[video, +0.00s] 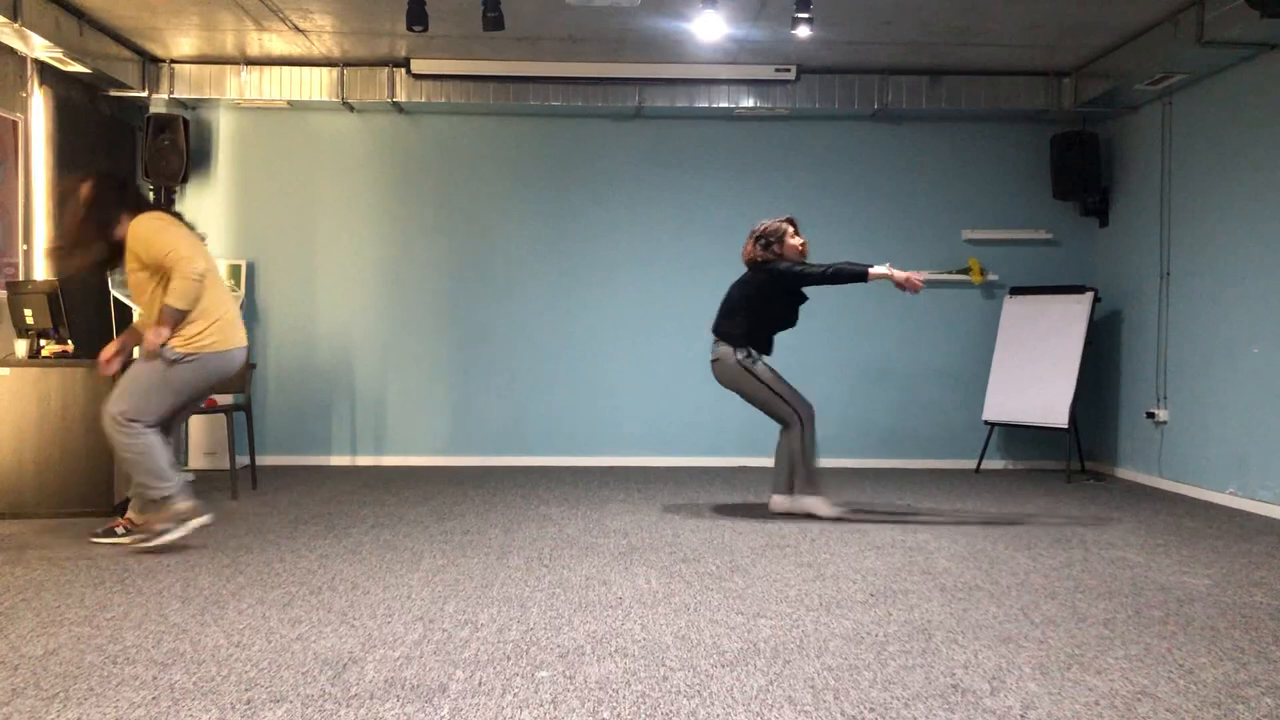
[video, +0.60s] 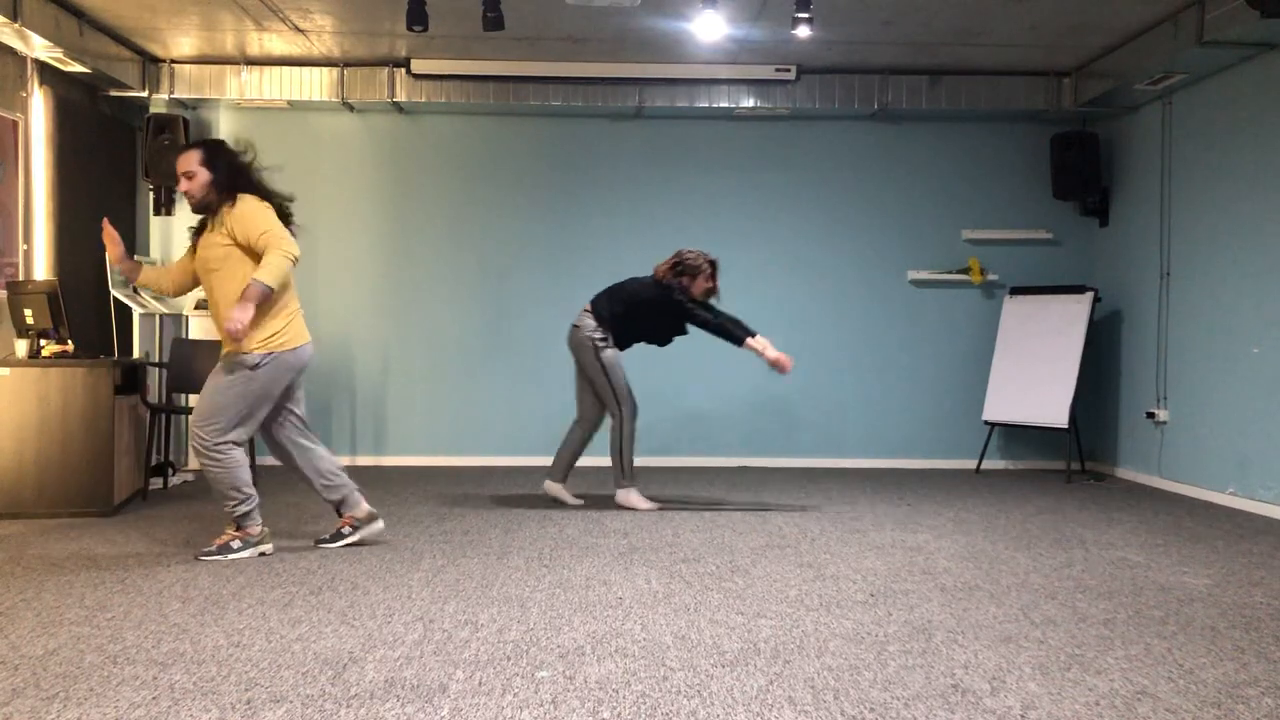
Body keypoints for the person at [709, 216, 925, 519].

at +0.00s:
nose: (802, 241)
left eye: (798, 235)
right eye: (794, 237)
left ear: (777, 247)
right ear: (776, 247)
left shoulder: (777, 271)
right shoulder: (774, 272)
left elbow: (830, 271)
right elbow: (828, 273)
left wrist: (889, 272)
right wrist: (888, 273)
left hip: (739, 357)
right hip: (733, 359)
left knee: (796, 416)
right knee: (798, 414)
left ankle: (784, 495)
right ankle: (806, 495)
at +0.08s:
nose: (796, 241)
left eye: (792, 235)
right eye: (788, 237)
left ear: (771, 248)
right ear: (769, 246)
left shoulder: (772, 270)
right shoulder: (765, 271)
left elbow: (825, 269)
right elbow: (821, 274)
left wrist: (880, 271)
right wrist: (881, 276)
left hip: (730, 352)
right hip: (718, 353)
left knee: (786, 408)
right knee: (781, 409)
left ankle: (781, 491)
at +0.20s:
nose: (778, 248)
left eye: (775, 242)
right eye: (771, 244)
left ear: (750, 251)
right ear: (753, 251)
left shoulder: (749, 272)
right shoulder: (744, 275)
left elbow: (800, 275)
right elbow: (799, 279)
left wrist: (855, 277)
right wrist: (860, 280)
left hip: (694, 346)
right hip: (685, 348)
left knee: (745, 404)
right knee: (737, 411)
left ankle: (715, 472)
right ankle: (725, 491)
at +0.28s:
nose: (769, 253)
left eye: (767, 247)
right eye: (762, 249)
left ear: (744, 254)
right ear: (743, 254)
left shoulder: (735, 273)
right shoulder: (733, 275)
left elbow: (789, 280)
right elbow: (787, 284)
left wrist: (845, 287)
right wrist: (846, 290)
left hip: (666, 342)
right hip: (671, 342)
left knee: (704, 414)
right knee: (718, 409)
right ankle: (724, 492)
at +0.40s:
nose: (748, 266)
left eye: (747, 260)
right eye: (743, 261)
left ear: (722, 264)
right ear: (724, 265)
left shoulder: (716, 281)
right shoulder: (709, 283)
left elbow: (764, 296)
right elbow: (758, 300)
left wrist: (817, 311)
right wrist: (816, 315)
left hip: (640, 332)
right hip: (629, 332)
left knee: (670, 404)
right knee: (667, 405)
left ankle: (656, 481)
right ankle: (638, 480)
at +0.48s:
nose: (736, 278)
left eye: (736, 272)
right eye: (732, 271)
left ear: (710, 270)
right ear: (713, 270)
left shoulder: (700, 286)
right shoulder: (696, 288)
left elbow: (748, 305)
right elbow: (744, 308)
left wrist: (801, 325)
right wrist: (800, 328)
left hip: (625, 334)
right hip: (618, 334)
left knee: (656, 405)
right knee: (641, 414)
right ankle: (626, 492)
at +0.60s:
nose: (712, 285)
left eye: (712, 279)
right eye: (708, 279)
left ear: (688, 279)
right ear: (689, 278)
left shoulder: (677, 294)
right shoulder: (671, 296)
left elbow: (717, 318)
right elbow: (711, 323)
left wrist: (763, 344)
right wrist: (761, 350)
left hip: (590, 334)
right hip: (593, 336)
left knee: (589, 416)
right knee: (624, 408)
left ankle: (554, 481)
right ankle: (625, 490)